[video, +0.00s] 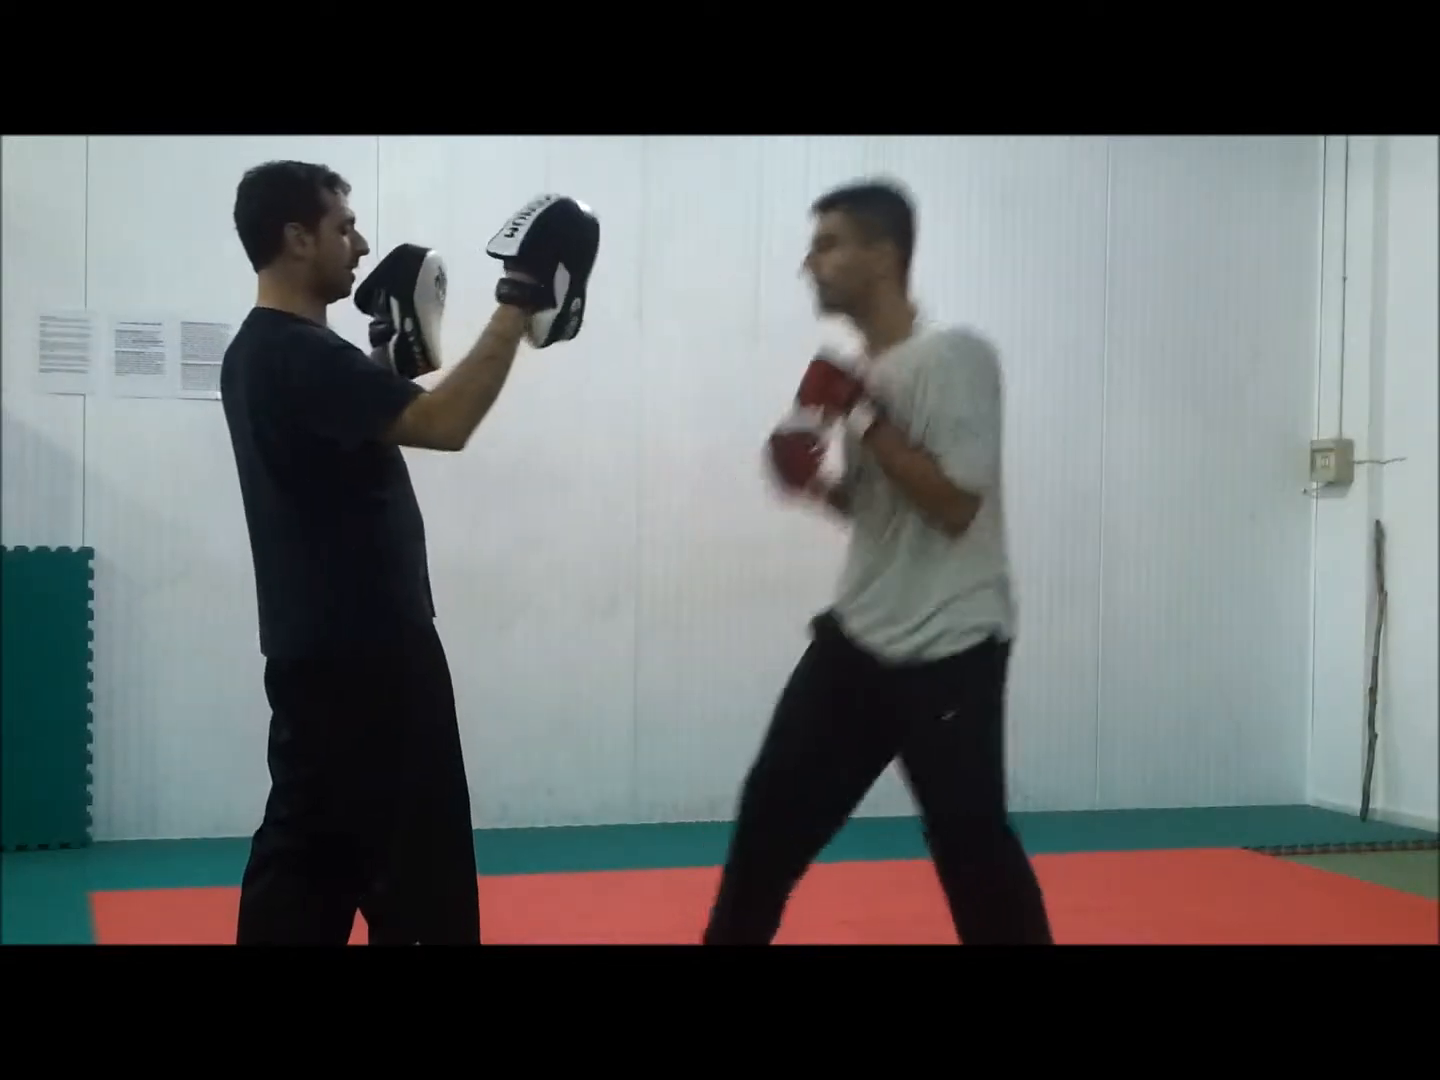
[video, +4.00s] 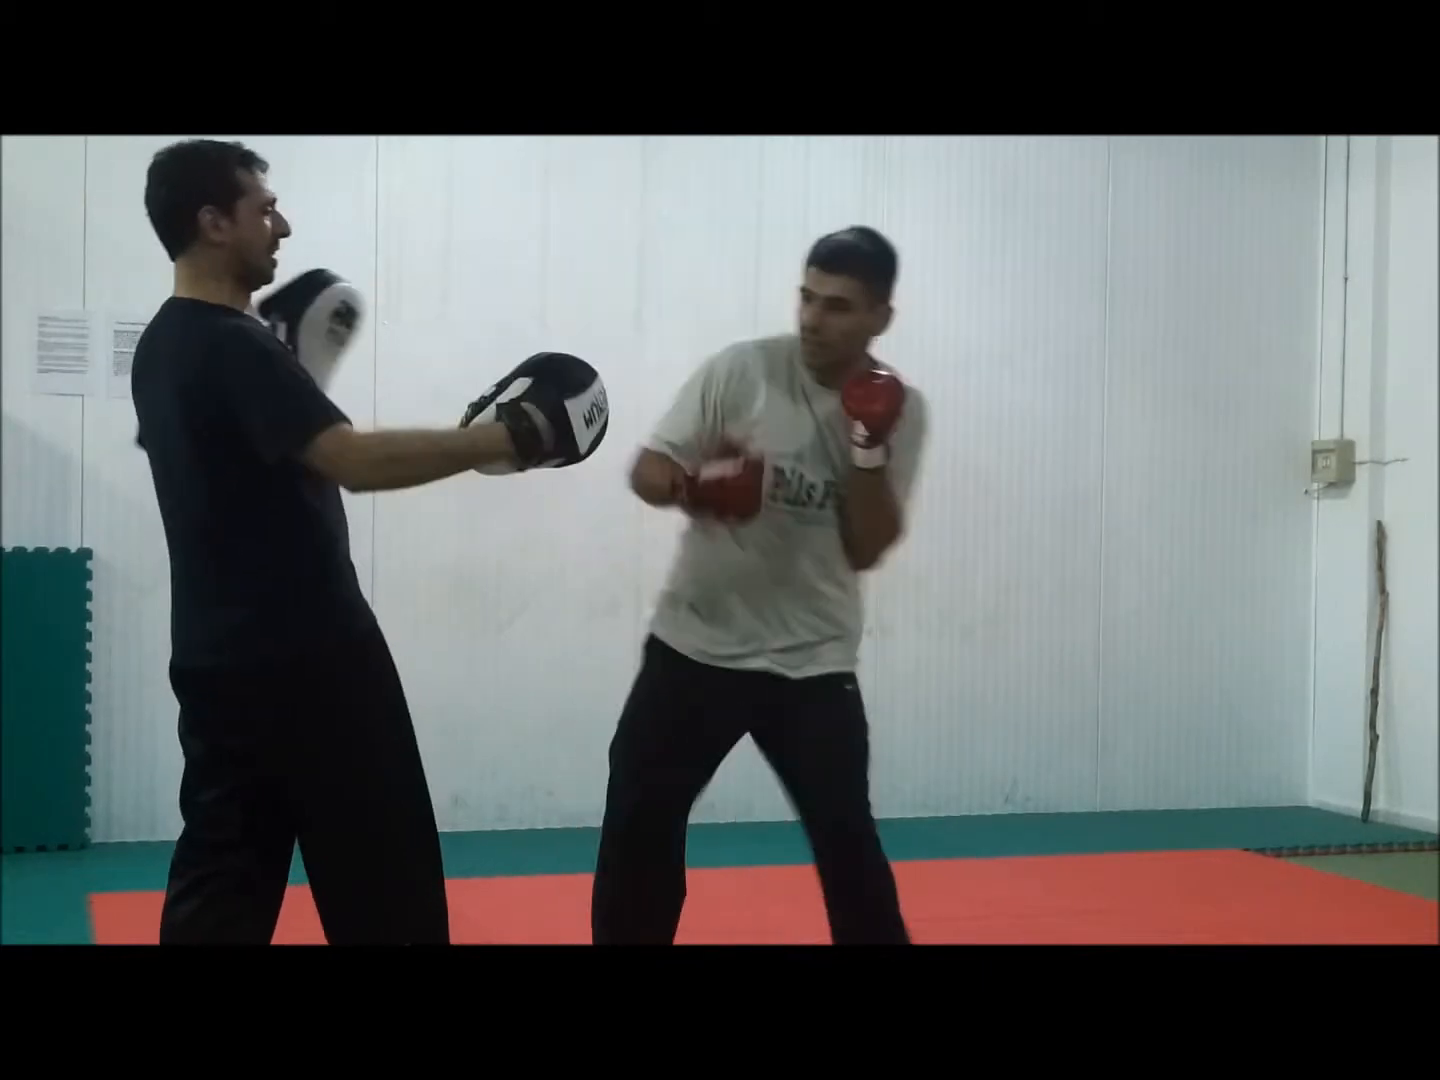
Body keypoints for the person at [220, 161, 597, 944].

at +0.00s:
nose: (359, 241)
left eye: (353, 224)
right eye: (344, 225)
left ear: (283, 243)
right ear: (294, 237)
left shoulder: (256, 350)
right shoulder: (303, 352)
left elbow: (347, 452)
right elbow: (444, 424)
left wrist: (397, 366)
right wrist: (517, 305)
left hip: (311, 648)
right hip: (375, 649)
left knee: (304, 853)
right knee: (425, 865)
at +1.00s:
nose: (309, 239)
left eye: (306, 220)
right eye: (300, 218)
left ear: (218, 232)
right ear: (259, 224)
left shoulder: (179, 349)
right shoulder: (281, 345)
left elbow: (309, 437)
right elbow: (425, 440)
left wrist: (314, 320)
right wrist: (537, 360)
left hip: (232, 655)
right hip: (337, 652)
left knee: (226, 883)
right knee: (389, 888)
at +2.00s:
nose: (304, 235)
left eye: (302, 218)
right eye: (294, 218)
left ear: (218, 230)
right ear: (250, 224)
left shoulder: (170, 348)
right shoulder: (276, 337)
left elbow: (242, 430)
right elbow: (439, 361)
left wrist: (301, 322)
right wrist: (519, 271)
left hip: (225, 652)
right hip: (328, 649)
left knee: (227, 878)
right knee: (385, 884)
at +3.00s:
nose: (255, 230)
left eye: (245, 216)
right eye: (235, 217)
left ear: (182, 241)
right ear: (182, 236)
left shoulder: (173, 349)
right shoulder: (210, 347)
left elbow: (246, 469)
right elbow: (335, 431)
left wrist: (305, 361)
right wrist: (453, 351)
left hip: (242, 657)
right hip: (322, 655)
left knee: (231, 873)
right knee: (392, 878)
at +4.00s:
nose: (281, 224)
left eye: (275, 207)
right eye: (265, 208)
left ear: (207, 229)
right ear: (213, 224)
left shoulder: (164, 344)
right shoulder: (234, 341)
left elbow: (230, 468)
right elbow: (350, 458)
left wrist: (285, 364)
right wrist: (507, 440)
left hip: (219, 660)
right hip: (312, 656)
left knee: (220, 884)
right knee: (387, 881)